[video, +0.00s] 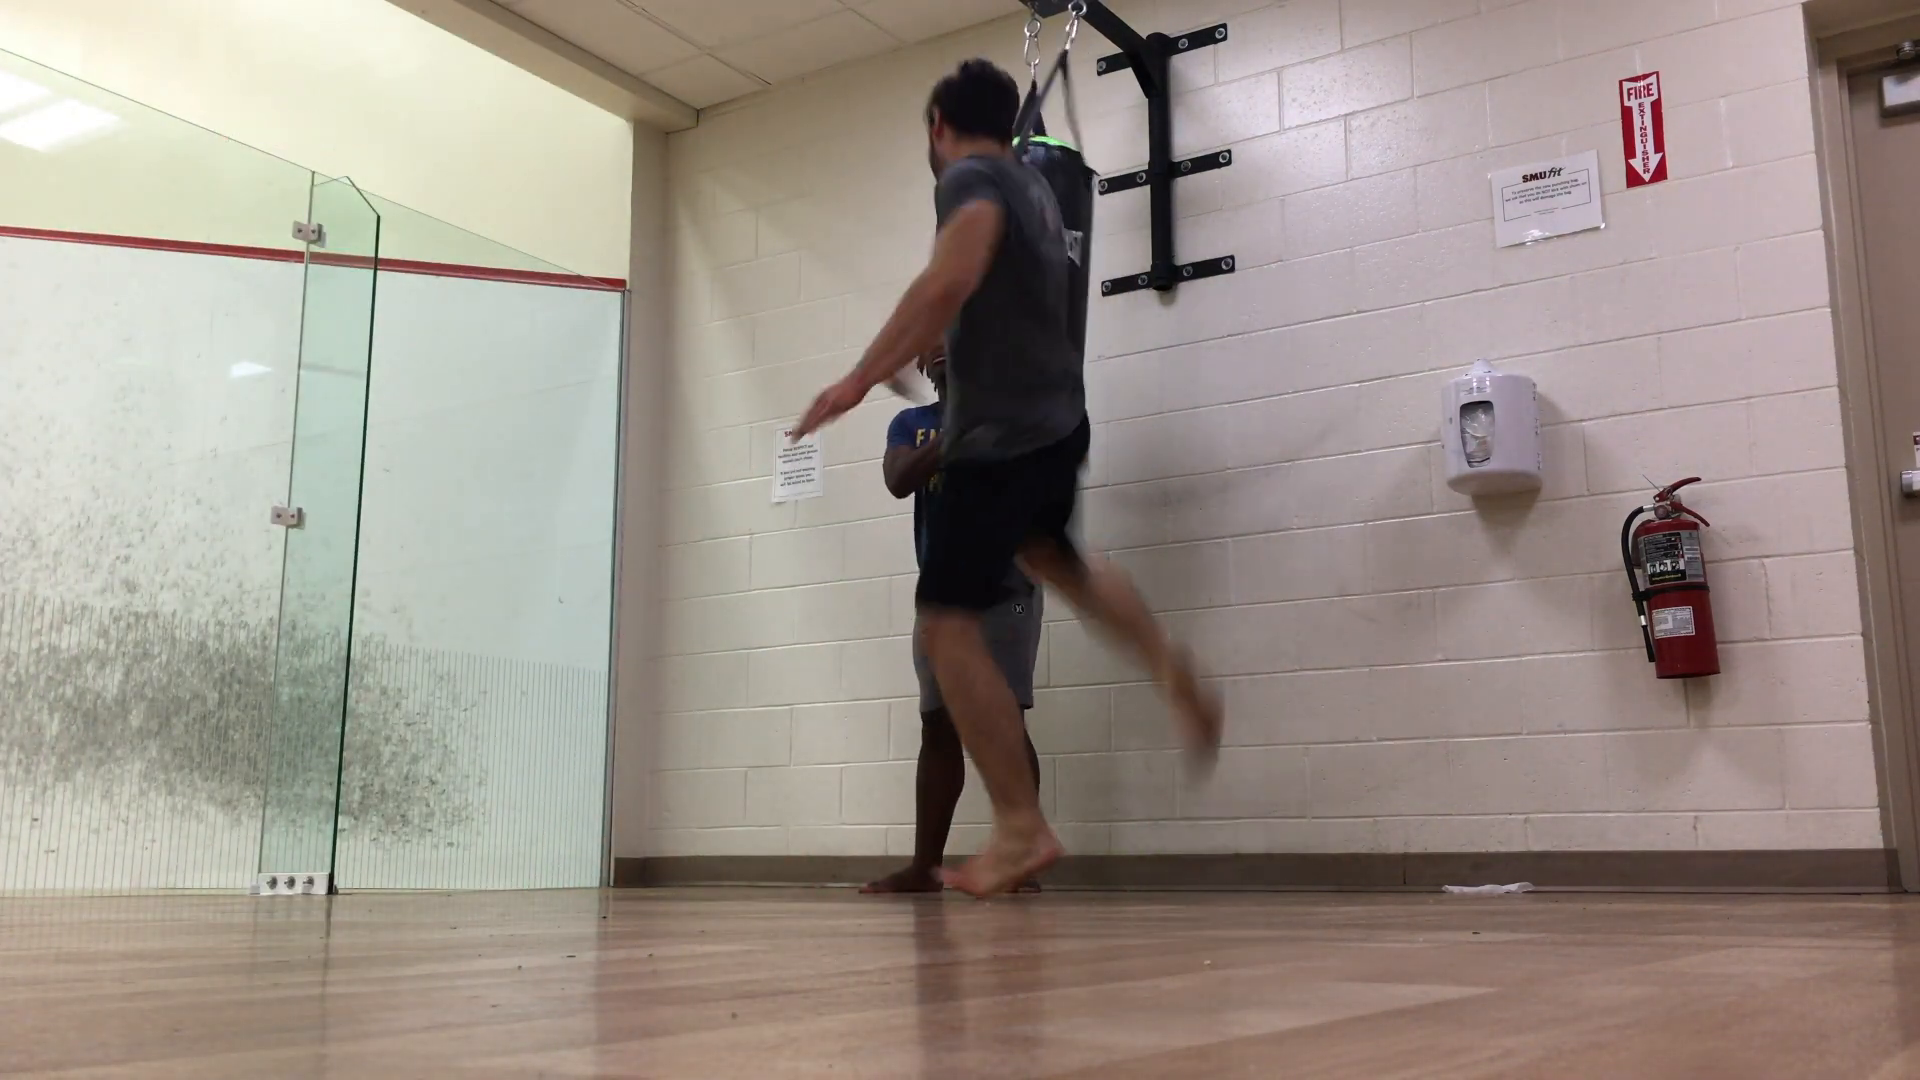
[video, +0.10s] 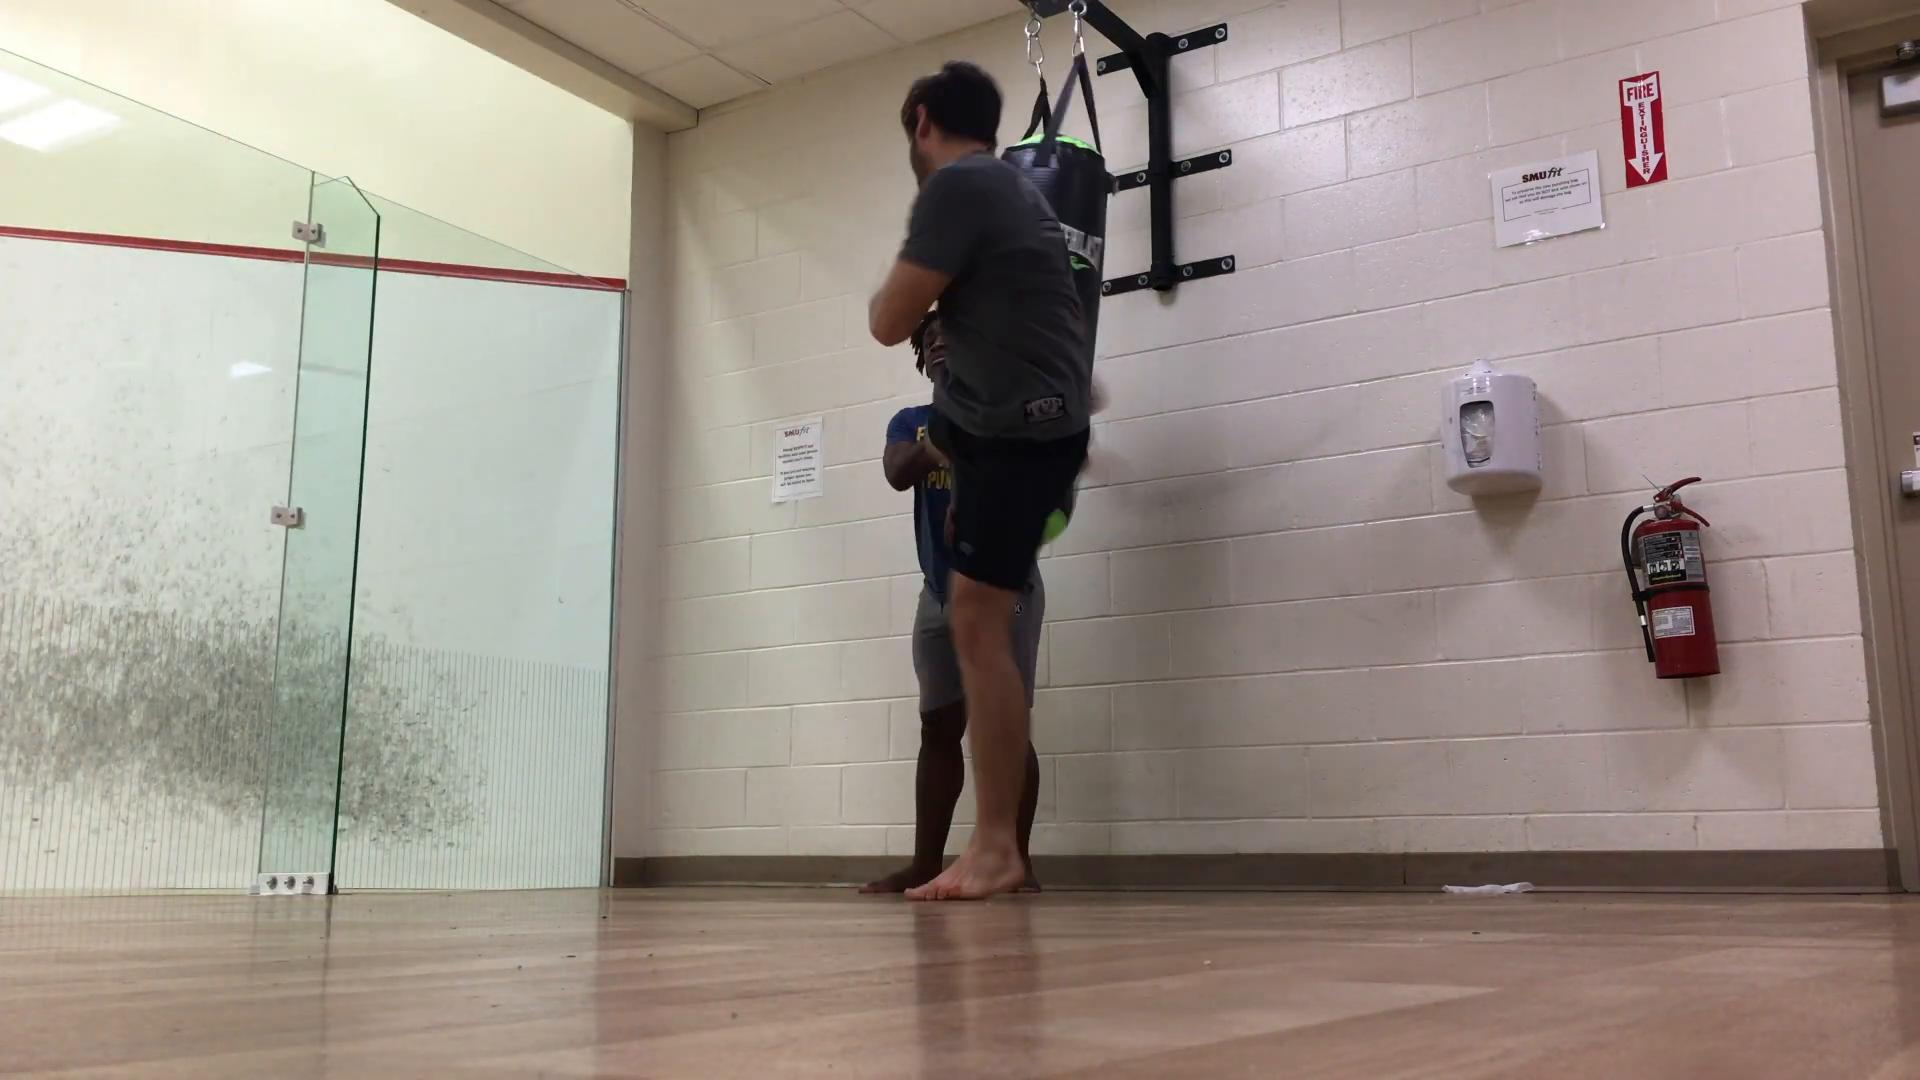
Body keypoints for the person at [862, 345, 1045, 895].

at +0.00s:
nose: (937, 362)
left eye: (945, 352)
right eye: (929, 356)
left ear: (970, 358)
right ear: (922, 367)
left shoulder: (1003, 420)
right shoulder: (912, 423)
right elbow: (898, 481)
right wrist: (957, 435)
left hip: (1009, 596)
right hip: (942, 600)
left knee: (1006, 722)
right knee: (938, 727)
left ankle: (1022, 855)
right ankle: (926, 862)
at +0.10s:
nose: (940, 354)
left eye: (949, 342)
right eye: (931, 346)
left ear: (975, 350)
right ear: (922, 359)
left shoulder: (1013, 420)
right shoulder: (913, 422)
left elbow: (1051, 488)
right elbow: (897, 474)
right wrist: (935, 444)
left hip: (1010, 594)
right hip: (942, 595)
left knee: (1009, 728)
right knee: (939, 727)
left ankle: (1015, 857)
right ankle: (927, 862)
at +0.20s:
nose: (937, 358)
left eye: (946, 348)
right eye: (929, 350)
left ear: (972, 354)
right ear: (921, 360)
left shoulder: (1001, 416)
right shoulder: (910, 420)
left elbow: (1052, 486)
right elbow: (889, 469)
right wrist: (949, 413)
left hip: (998, 602)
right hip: (938, 600)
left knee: (1004, 731)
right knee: (937, 731)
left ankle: (1014, 857)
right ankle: (926, 863)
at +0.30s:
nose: (934, 367)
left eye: (945, 352)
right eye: (926, 352)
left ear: (972, 357)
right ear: (917, 360)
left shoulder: (1000, 422)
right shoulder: (908, 424)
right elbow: (879, 469)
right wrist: (926, 451)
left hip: (1007, 588)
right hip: (938, 589)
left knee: (1000, 722)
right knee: (937, 725)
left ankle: (1015, 856)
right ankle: (926, 863)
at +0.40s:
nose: (930, 359)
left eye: (938, 348)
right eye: (923, 352)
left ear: (965, 351)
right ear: (919, 362)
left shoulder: (1000, 418)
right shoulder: (918, 413)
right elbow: (881, 473)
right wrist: (922, 435)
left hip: (1004, 584)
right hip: (944, 588)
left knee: (997, 714)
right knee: (940, 718)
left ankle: (1018, 854)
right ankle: (926, 862)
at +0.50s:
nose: (928, 357)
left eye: (934, 345)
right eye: (922, 348)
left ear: (961, 351)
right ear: (917, 360)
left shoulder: (993, 418)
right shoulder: (912, 418)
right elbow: (883, 465)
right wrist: (946, 413)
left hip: (1001, 593)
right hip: (937, 595)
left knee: (999, 723)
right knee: (937, 729)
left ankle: (1016, 855)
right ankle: (926, 864)